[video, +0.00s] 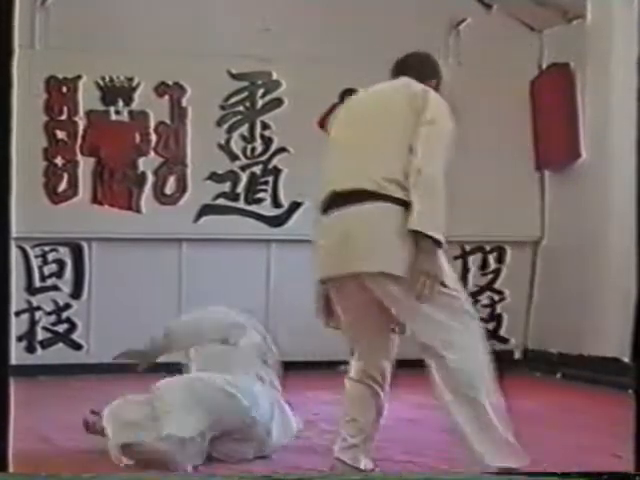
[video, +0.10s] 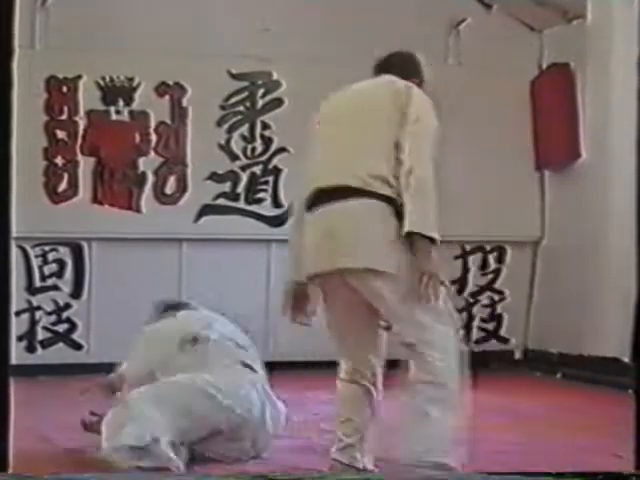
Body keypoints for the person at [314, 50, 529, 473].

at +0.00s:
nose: (437, 95)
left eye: (436, 89)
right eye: (438, 89)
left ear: (393, 75)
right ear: (431, 84)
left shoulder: (348, 107)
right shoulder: (428, 99)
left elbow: (330, 195)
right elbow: (427, 171)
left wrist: (328, 278)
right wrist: (428, 244)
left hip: (334, 238)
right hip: (388, 231)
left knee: (371, 350)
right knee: (458, 336)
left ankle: (350, 456)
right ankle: (500, 456)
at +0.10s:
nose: (421, 94)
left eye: (420, 88)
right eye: (421, 87)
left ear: (377, 73)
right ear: (414, 81)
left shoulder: (331, 105)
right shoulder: (412, 96)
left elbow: (306, 194)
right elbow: (416, 170)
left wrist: (300, 275)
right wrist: (425, 247)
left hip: (317, 232)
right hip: (371, 228)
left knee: (359, 355)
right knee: (436, 337)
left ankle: (348, 456)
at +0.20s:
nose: (396, 83)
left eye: (394, 77)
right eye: (395, 76)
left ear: (350, 65)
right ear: (387, 70)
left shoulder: (307, 101)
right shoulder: (384, 86)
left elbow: (280, 188)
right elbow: (400, 164)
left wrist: (263, 265)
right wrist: (426, 240)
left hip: (298, 230)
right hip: (346, 225)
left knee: (336, 352)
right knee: (379, 346)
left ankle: (350, 453)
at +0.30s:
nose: (379, 77)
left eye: (377, 71)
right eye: (377, 70)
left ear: (332, 59)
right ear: (367, 63)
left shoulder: (288, 95)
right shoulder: (366, 80)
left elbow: (259, 181)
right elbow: (387, 154)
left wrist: (242, 257)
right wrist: (423, 227)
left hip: (281, 220)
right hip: (326, 216)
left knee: (330, 350)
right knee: (336, 353)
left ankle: (344, 455)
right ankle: (249, 437)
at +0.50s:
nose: (334, 71)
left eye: (335, 66)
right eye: (335, 65)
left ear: (293, 47)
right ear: (326, 55)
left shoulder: (244, 81)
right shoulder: (321, 78)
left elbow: (209, 165)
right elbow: (338, 156)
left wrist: (204, 248)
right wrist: (374, 224)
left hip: (222, 209)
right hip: (265, 210)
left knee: (288, 337)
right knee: (268, 344)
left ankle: (307, 451)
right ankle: (218, 459)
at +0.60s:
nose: (306, 73)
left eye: (307, 67)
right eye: (307, 66)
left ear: (268, 46)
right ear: (298, 55)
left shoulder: (214, 81)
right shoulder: (285, 80)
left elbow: (196, 161)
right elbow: (292, 162)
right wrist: (323, 241)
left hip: (191, 218)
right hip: (232, 221)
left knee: (246, 345)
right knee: (255, 347)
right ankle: (224, 462)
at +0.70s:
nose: (291, 70)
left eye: (294, 62)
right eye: (293, 61)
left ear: (252, 42)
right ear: (282, 50)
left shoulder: (199, 75)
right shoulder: (262, 75)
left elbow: (173, 160)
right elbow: (257, 158)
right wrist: (277, 237)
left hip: (172, 217)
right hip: (212, 218)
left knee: (213, 348)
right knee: (235, 351)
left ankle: (171, 443)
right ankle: (220, 464)